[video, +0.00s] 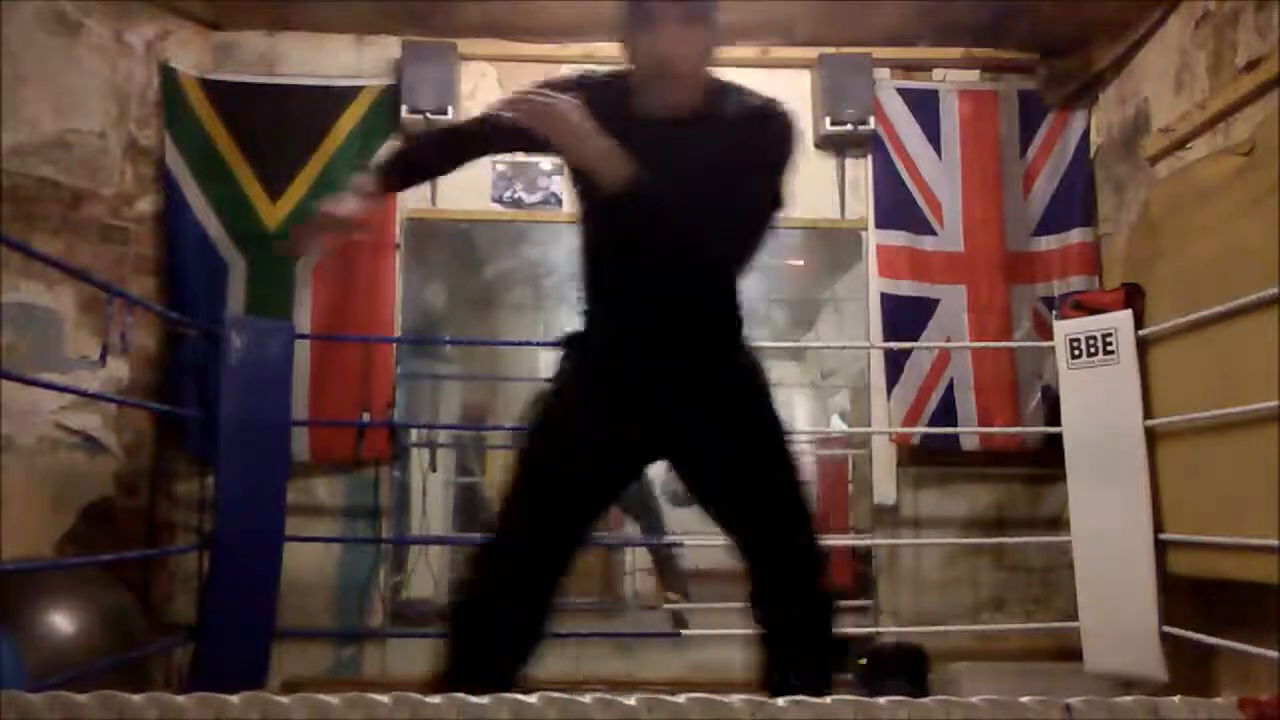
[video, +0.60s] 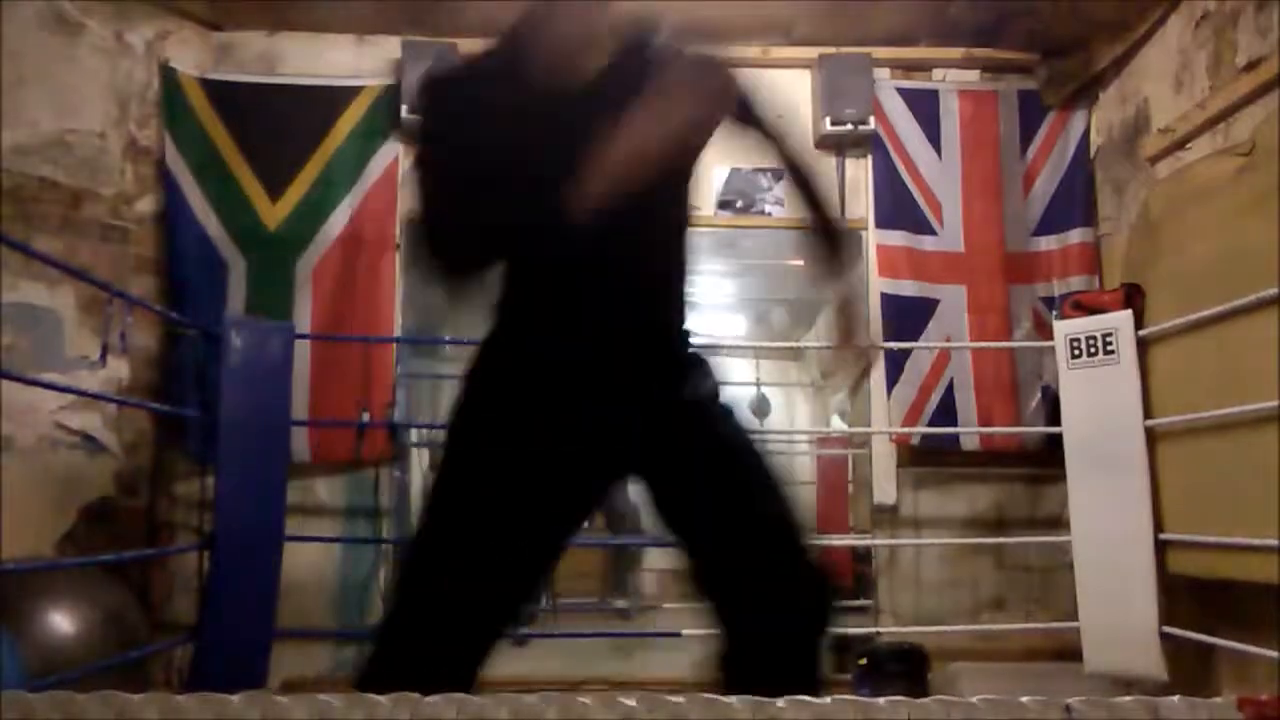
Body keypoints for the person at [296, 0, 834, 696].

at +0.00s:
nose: (662, 43)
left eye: (683, 24)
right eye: (647, 24)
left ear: (711, 34)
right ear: (626, 35)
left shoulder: (756, 127)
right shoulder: (589, 105)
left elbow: (714, 247)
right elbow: (474, 138)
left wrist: (604, 162)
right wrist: (370, 187)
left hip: (711, 381)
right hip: (606, 380)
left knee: (790, 566)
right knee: (520, 560)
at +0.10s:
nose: (595, 45)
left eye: (615, 26)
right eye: (579, 26)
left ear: (641, 39)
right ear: (555, 38)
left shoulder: (687, 148)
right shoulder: (520, 125)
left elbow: (654, 285)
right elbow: (413, 184)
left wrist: (516, 168)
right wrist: (313, 226)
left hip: (644, 410)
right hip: (537, 406)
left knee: (708, 618)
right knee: (446, 603)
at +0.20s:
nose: (507, 99)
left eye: (528, 76)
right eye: (490, 77)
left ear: (560, 84)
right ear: (470, 90)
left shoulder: (629, 205)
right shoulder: (436, 194)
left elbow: (608, 353)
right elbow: (350, 289)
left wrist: (483, 317)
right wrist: (253, 344)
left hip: (598, 466)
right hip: (484, 454)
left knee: (605, 691)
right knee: (381, 664)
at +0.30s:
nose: (444, 130)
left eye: (467, 104)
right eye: (423, 109)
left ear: (504, 112)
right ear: (401, 124)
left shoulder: (591, 226)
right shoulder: (393, 231)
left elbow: (597, 425)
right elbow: (338, 382)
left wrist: (473, 499)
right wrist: (227, 482)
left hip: (573, 483)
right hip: (455, 470)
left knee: (552, 708)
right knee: (346, 687)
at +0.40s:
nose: (434, 126)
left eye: (456, 99)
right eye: (409, 102)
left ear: (492, 106)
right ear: (388, 122)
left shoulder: (594, 228)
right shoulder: (374, 244)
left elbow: (629, 408)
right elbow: (353, 419)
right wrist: (279, 565)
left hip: (567, 491)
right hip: (440, 487)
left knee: (573, 711)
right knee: (336, 700)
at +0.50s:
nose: (465, 80)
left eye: (489, 53)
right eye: (447, 55)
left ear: (529, 64)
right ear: (427, 72)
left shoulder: (618, 179)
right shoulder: (395, 207)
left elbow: (703, 326)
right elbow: (368, 397)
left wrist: (749, 469)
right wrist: (412, 476)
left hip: (599, 465)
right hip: (462, 460)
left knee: (662, 694)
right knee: (351, 690)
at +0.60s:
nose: (589, 17)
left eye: (601, 6)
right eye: (575, 4)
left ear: (621, 9)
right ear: (538, 7)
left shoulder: (660, 80)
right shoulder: (470, 96)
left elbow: (763, 131)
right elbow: (456, 248)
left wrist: (824, 222)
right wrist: (601, 173)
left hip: (658, 390)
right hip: (530, 397)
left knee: (781, 604)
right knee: (429, 637)